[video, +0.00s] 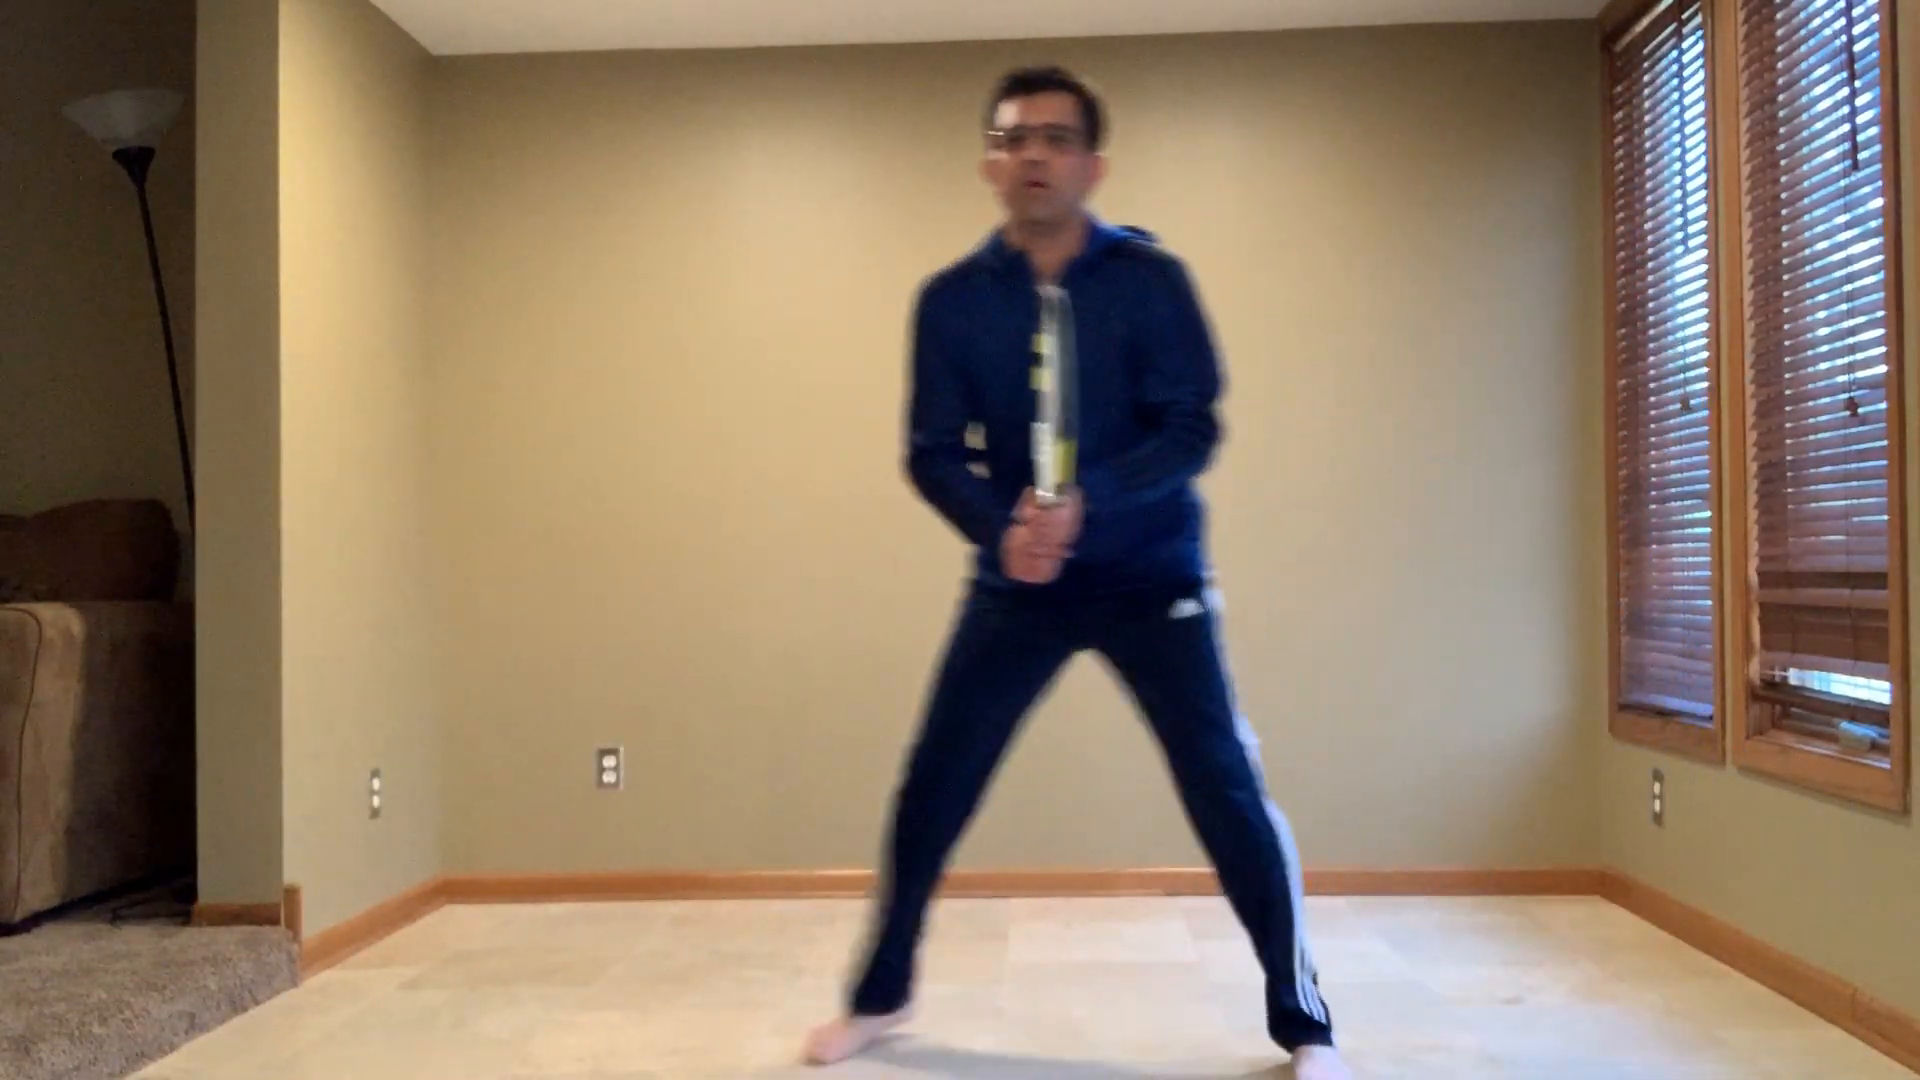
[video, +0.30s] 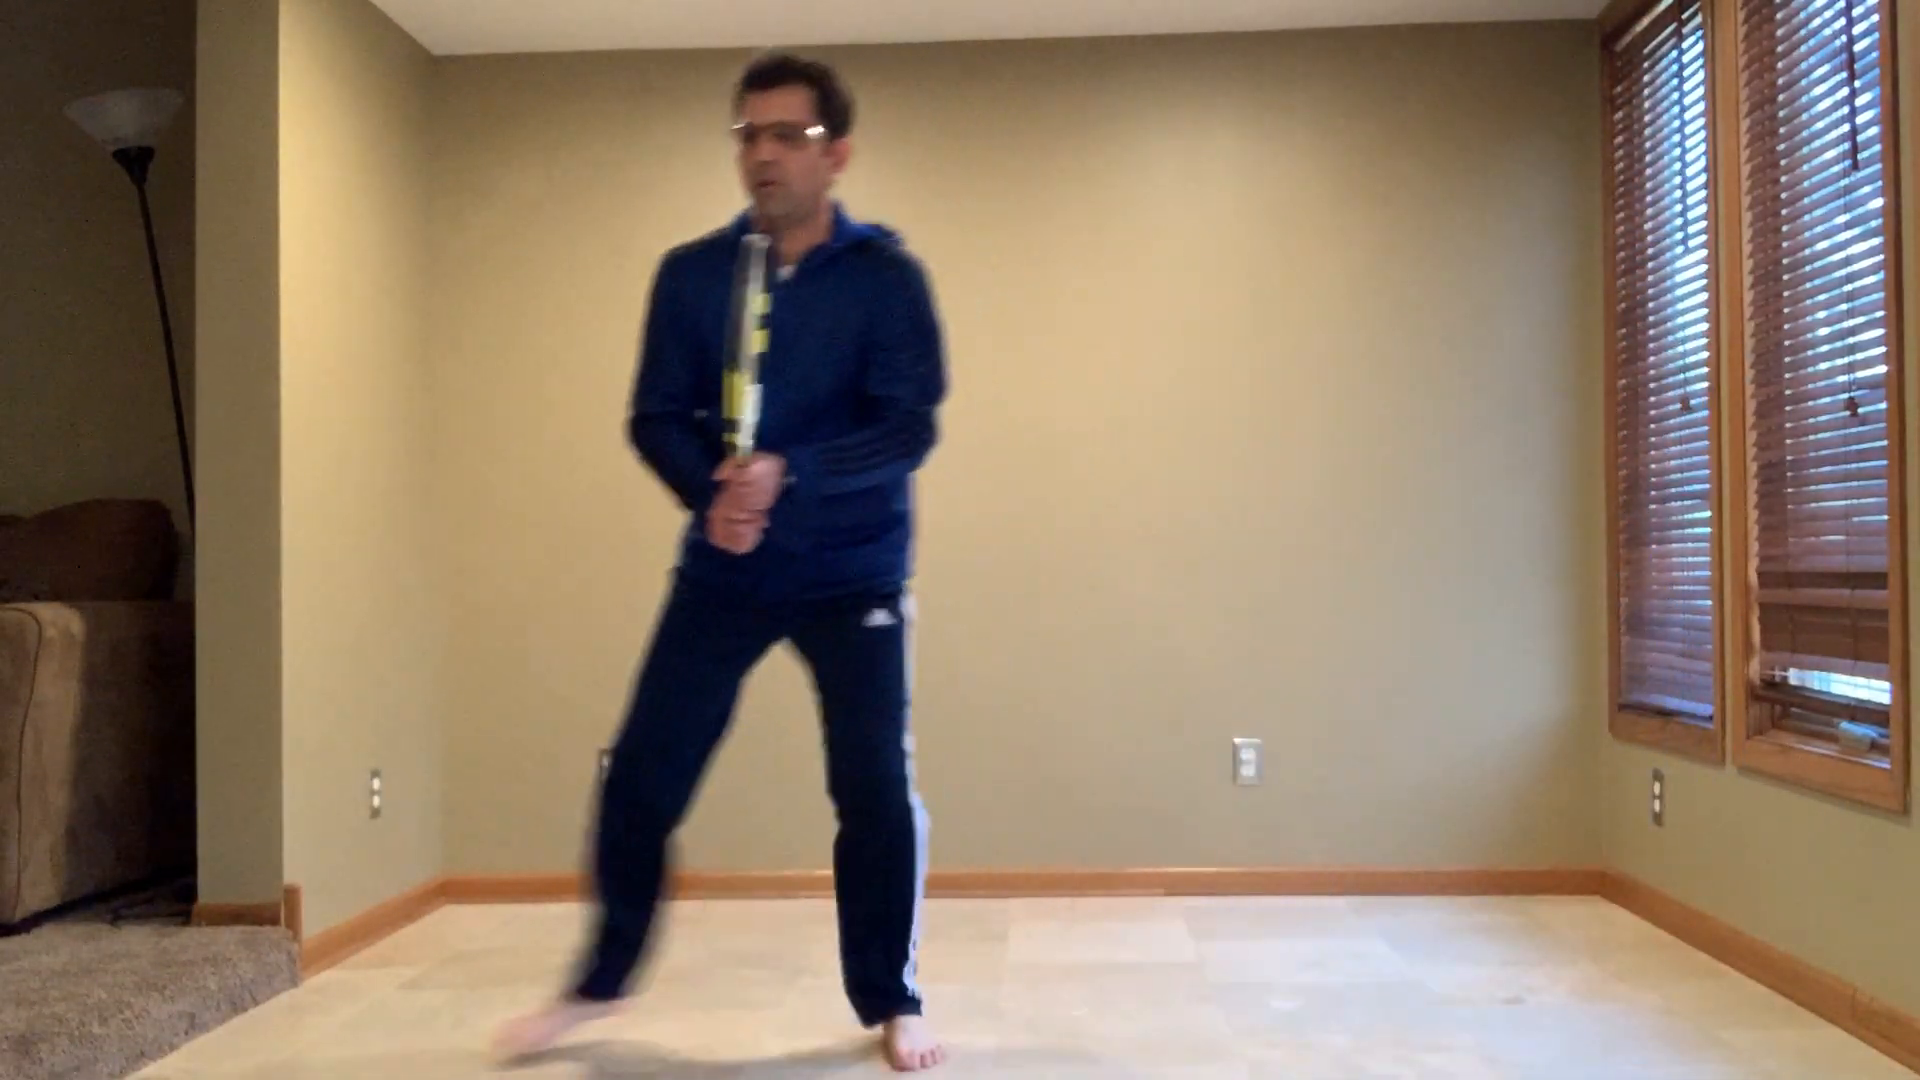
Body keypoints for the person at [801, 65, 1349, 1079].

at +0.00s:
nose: (1028, 157)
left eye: (1052, 140)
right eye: (1010, 139)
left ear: (1094, 164)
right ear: (986, 161)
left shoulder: (1150, 279)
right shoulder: (951, 299)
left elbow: (1193, 429)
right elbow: (932, 455)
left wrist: (1085, 507)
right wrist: (996, 526)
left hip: (1151, 586)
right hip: (1015, 591)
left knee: (1226, 786)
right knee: (931, 788)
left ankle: (1302, 1018)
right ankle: (876, 1001)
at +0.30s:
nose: (760, 155)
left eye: (784, 137)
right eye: (748, 137)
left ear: (837, 150)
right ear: (734, 150)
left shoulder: (885, 274)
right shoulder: (692, 273)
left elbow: (909, 427)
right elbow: (657, 417)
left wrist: (789, 473)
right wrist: (712, 493)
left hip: (851, 581)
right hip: (721, 576)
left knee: (877, 794)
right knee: (640, 777)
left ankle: (891, 1002)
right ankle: (600, 986)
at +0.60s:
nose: (561, 125)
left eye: (587, 110)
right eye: (546, 106)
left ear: (630, 132)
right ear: (527, 119)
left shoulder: (673, 250)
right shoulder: (468, 233)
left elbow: (703, 401)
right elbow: (424, 376)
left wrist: (580, 444)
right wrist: (485, 459)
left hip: (620, 549)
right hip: (491, 544)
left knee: (619, 758)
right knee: (445, 752)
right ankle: (465, 973)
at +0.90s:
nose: (447, 247)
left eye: (475, 234)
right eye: (432, 228)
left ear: (514, 263)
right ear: (409, 241)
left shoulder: (544, 379)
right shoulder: (337, 348)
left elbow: (554, 533)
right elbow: (288, 490)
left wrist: (449, 596)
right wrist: (353, 600)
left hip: (494, 616)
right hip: (358, 612)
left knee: (544, 786)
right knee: (273, 796)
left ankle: (554, 989)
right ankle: (238, 1012)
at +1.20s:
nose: (686, 261)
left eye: (709, 249)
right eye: (670, 236)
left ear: (726, 270)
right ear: (626, 237)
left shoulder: (707, 387)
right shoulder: (529, 330)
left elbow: (678, 525)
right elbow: (468, 489)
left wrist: (638, 608)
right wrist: (545, 629)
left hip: (575, 610)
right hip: (453, 590)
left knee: (616, 791)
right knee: (347, 797)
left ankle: (533, 1008)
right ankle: (225, 1012)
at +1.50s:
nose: (978, 249)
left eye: (999, 237)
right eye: (961, 223)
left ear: (1007, 250)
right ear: (907, 217)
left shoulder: (925, 342)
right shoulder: (840, 319)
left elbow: (909, 491)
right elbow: (861, 502)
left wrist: (972, 603)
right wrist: (947, 633)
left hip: (795, 578)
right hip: (706, 568)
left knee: (878, 752)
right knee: (751, 808)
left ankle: (799, 940)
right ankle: (661, 1039)